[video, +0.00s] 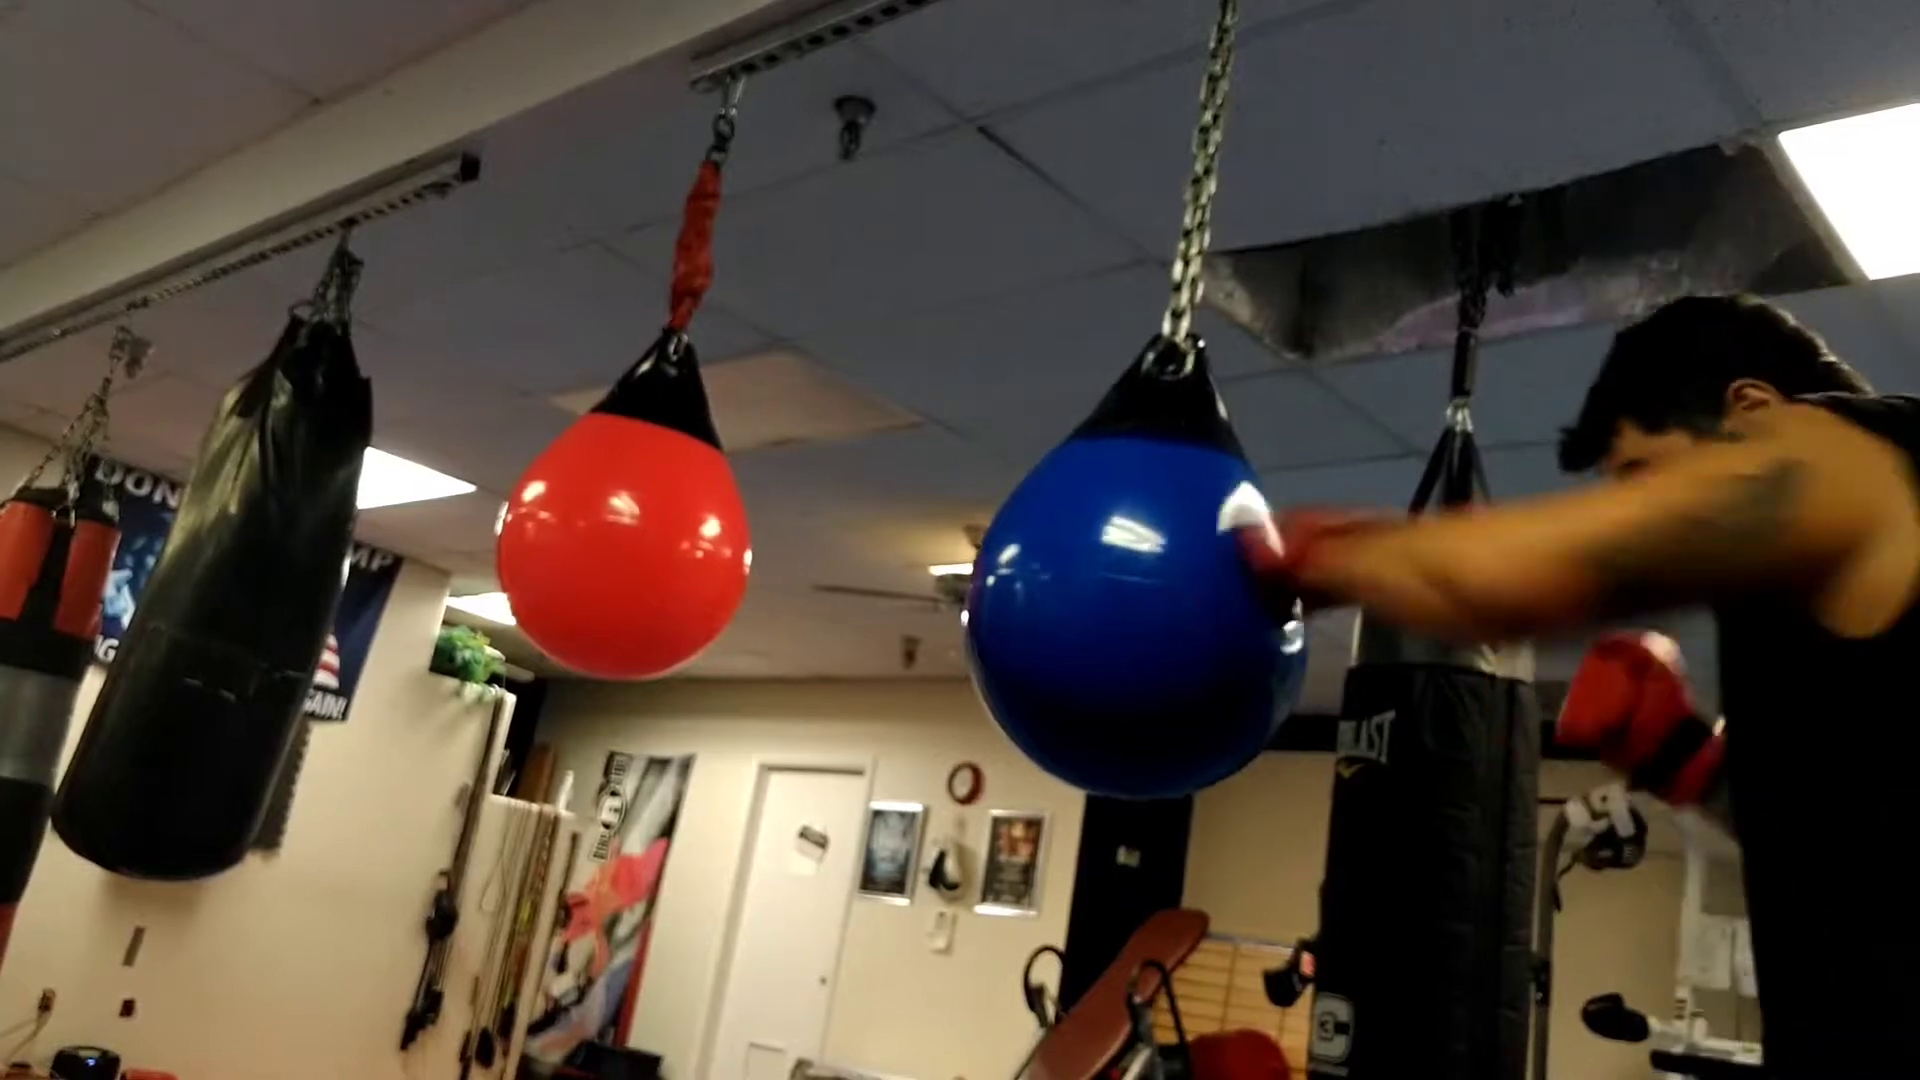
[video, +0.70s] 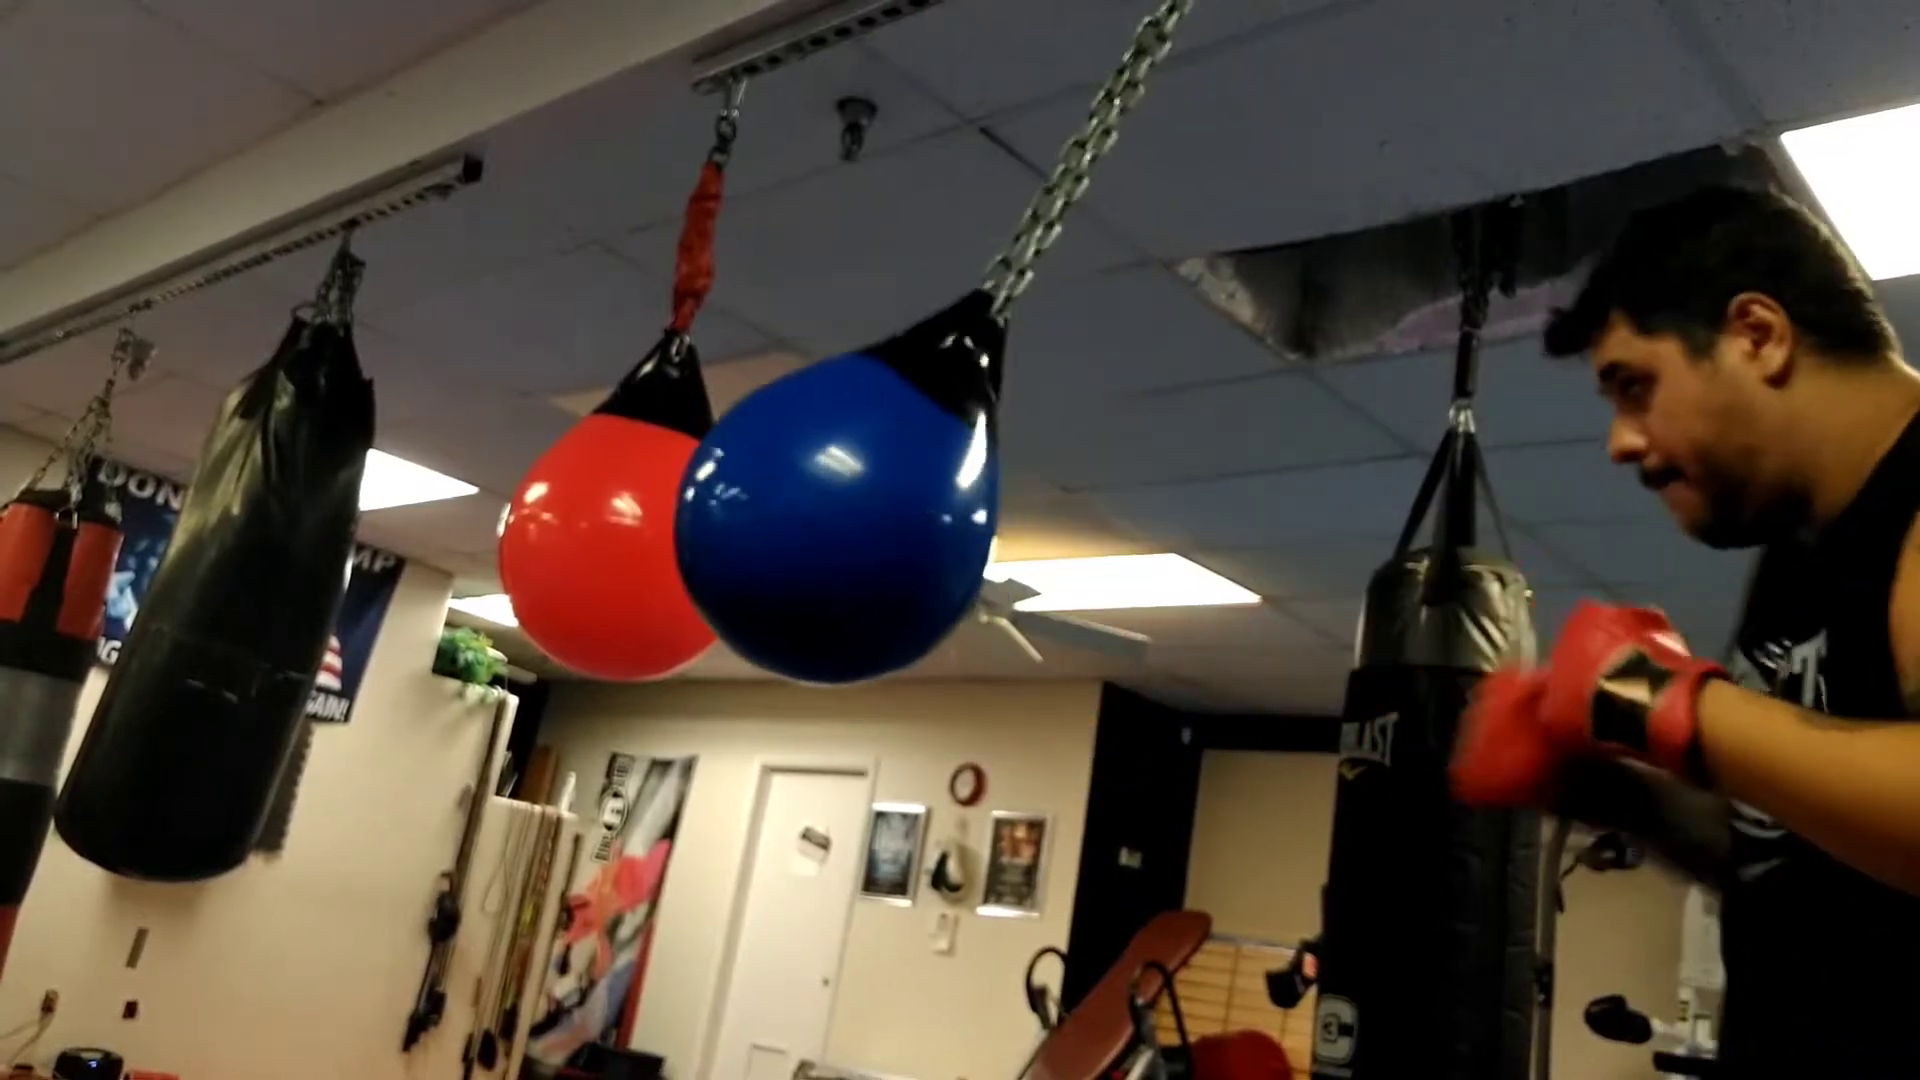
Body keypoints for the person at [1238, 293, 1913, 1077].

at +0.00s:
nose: (1635, 512)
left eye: (1644, 474)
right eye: (1627, 487)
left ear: (1751, 411)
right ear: (1761, 413)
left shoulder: (1832, 463)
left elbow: (1486, 575)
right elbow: (1879, 835)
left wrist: (1297, 556)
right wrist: (1684, 753)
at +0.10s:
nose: (1613, 510)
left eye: (1619, 468)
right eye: (1602, 479)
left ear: (1724, 407)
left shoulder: (1811, 456)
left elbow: (1479, 601)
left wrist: (1360, 583)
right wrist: (1668, 751)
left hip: (1878, 1039)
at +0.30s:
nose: (1537, 497)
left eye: (1524, 450)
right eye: (1516, 465)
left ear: (1598, 386)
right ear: (1602, 390)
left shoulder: (1854, 488)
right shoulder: (1739, 488)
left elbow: (1827, 853)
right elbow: (1499, 566)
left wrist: (1556, 679)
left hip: (1862, 1062)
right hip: (1758, 1046)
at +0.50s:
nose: (1562, 444)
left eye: (1573, 385)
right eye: (1553, 402)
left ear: (1699, 331)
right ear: (1700, 338)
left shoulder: (1901, 480)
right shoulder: (1706, 509)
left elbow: (1892, 833)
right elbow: (1516, 610)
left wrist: (1608, 643)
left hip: (1887, 1061)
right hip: (1740, 1041)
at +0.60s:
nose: (1586, 429)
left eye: (1602, 372)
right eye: (1581, 389)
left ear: (1731, 326)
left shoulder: (1906, 493)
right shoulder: (1740, 521)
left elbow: (1907, 807)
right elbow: (1618, 760)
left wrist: (1642, 682)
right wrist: (1485, 738)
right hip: (1744, 1036)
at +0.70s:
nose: (1620, 443)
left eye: (1635, 387)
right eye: (1615, 403)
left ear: (1760, 339)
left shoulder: (1909, 521)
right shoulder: (1800, 550)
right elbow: (1794, 863)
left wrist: (1683, 705)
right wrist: (1610, 788)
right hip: (1783, 1056)